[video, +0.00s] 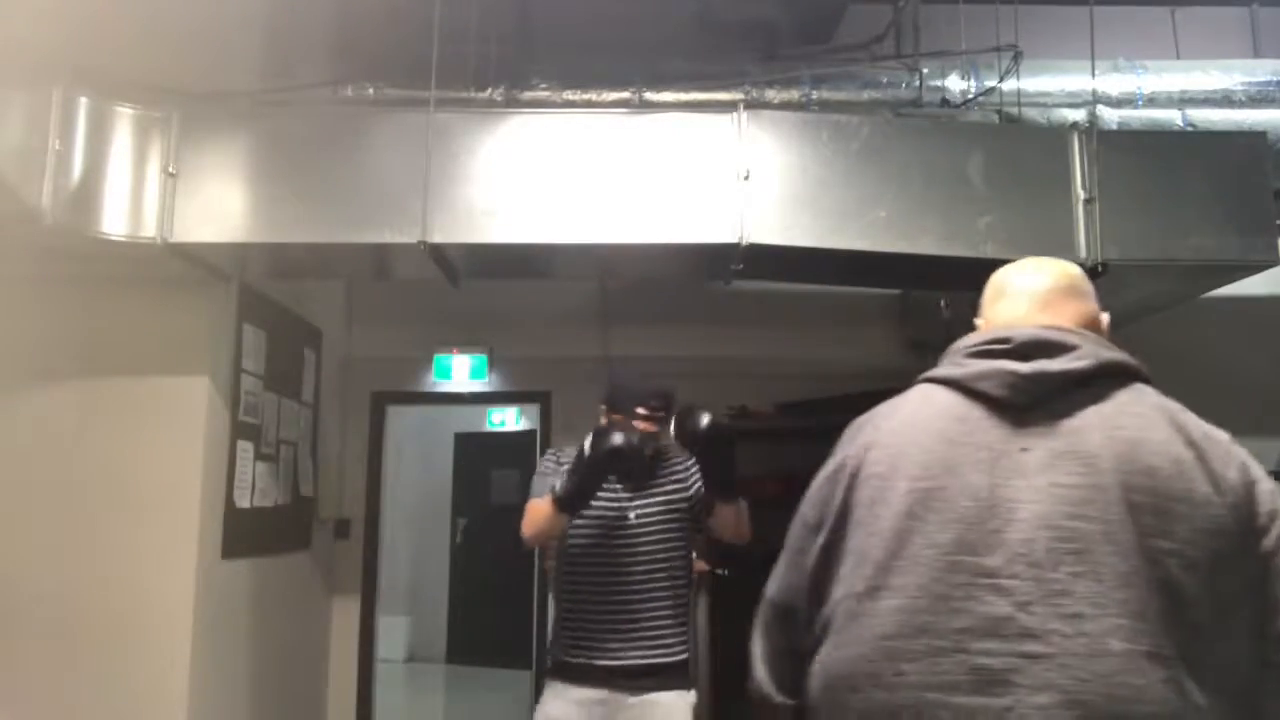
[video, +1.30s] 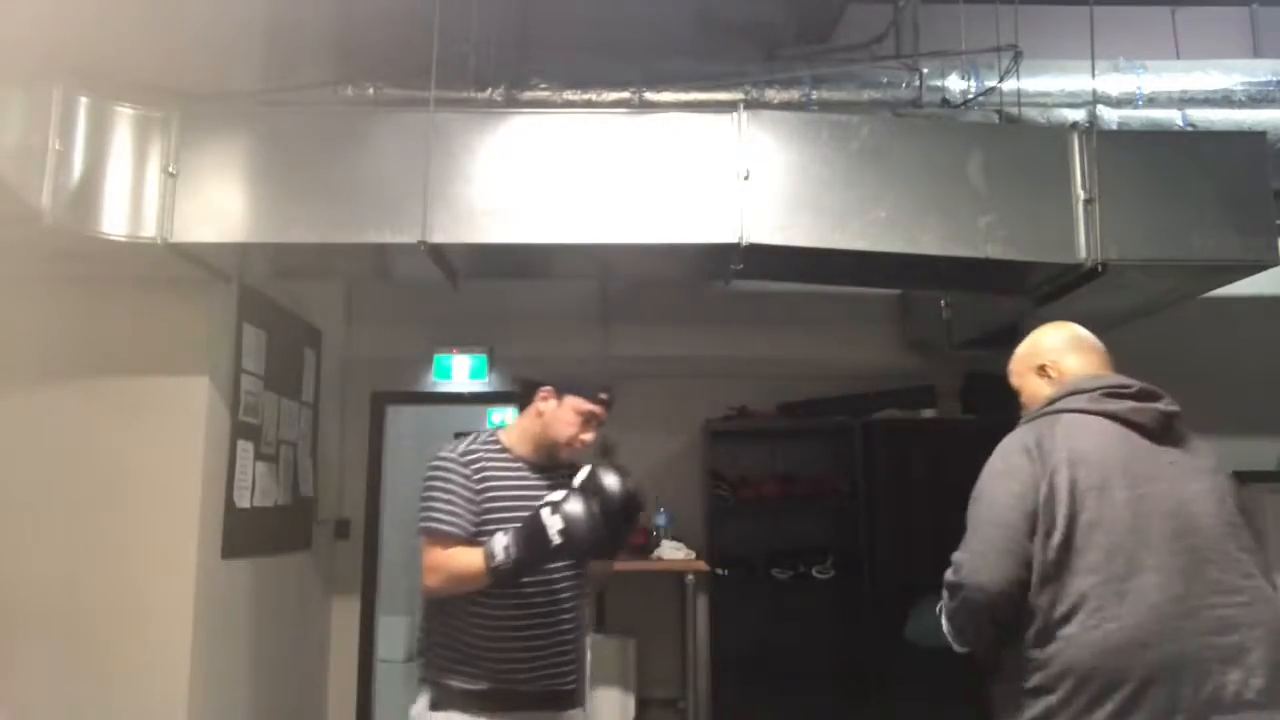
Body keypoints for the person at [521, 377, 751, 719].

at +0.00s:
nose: (644, 429)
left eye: (655, 420)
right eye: (633, 417)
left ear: (667, 424)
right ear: (606, 417)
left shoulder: (683, 468)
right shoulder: (564, 462)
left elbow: (736, 537)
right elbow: (532, 533)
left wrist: (719, 461)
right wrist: (590, 474)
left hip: (663, 688)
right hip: (577, 683)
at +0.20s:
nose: (628, 425)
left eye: (640, 417)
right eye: (618, 414)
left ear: (651, 421)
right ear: (588, 412)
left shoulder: (661, 462)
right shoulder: (544, 456)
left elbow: (711, 532)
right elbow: (517, 525)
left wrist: (700, 461)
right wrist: (577, 464)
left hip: (647, 676)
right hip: (560, 674)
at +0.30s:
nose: (604, 444)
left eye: (614, 435)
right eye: (595, 431)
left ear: (624, 432)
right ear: (566, 419)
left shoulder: (639, 473)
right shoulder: (520, 471)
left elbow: (670, 559)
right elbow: (502, 554)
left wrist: (676, 499)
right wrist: (559, 498)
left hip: (629, 682)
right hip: (543, 683)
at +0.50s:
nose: (571, 446)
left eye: (581, 437)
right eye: (562, 432)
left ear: (591, 432)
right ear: (532, 417)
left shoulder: (601, 469)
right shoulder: (480, 473)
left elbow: (619, 559)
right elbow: (473, 560)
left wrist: (635, 538)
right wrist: (529, 509)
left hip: (592, 683)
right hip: (510, 687)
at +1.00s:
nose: (622, 443)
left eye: (630, 433)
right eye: (618, 425)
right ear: (581, 404)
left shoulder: (610, 475)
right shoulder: (496, 462)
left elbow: (625, 570)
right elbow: (467, 565)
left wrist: (651, 532)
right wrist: (562, 533)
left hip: (593, 692)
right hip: (508, 694)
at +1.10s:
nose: (624, 440)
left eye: (631, 430)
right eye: (619, 421)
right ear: (581, 400)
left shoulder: (608, 472)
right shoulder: (495, 457)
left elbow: (630, 567)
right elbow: (456, 561)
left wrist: (648, 520)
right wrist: (550, 540)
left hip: (586, 696)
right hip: (498, 698)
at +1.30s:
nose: (591, 438)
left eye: (598, 427)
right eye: (585, 419)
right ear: (544, 399)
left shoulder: (574, 476)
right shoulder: (461, 462)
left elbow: (591, 577)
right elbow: (435, 574)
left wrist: (609, 530)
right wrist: (527, 541)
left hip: (557, 702)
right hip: (466, 703)